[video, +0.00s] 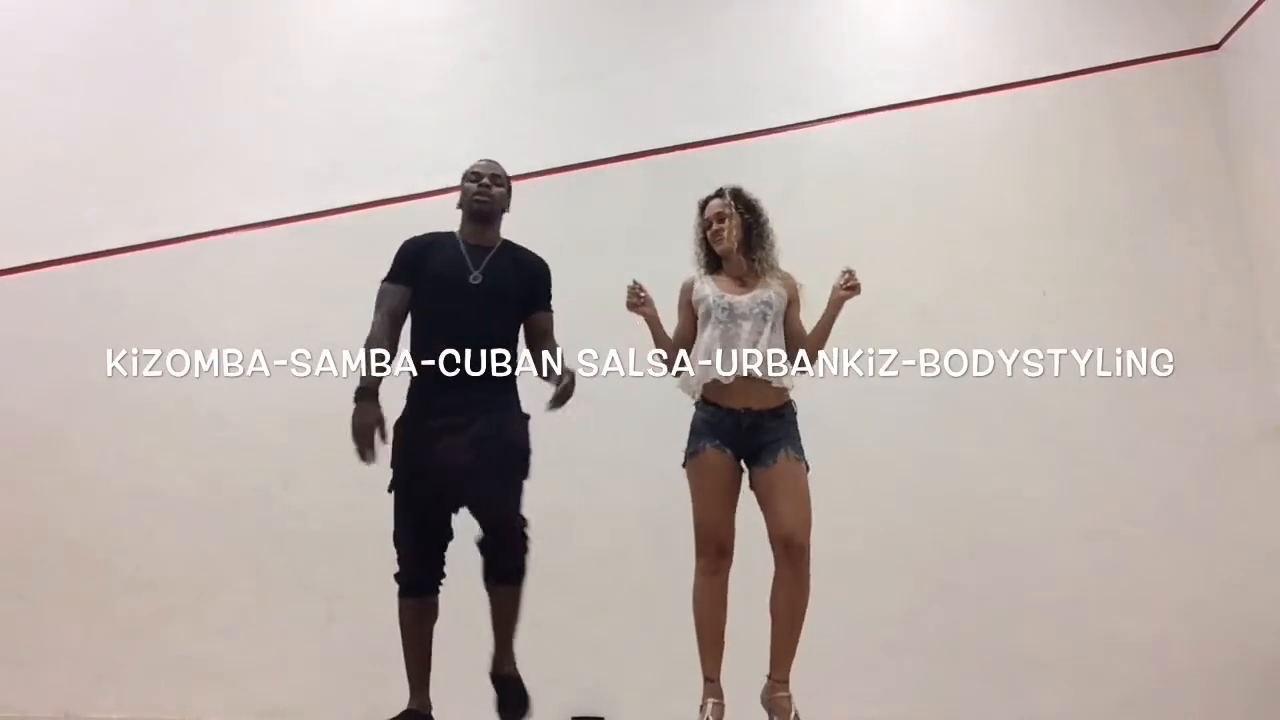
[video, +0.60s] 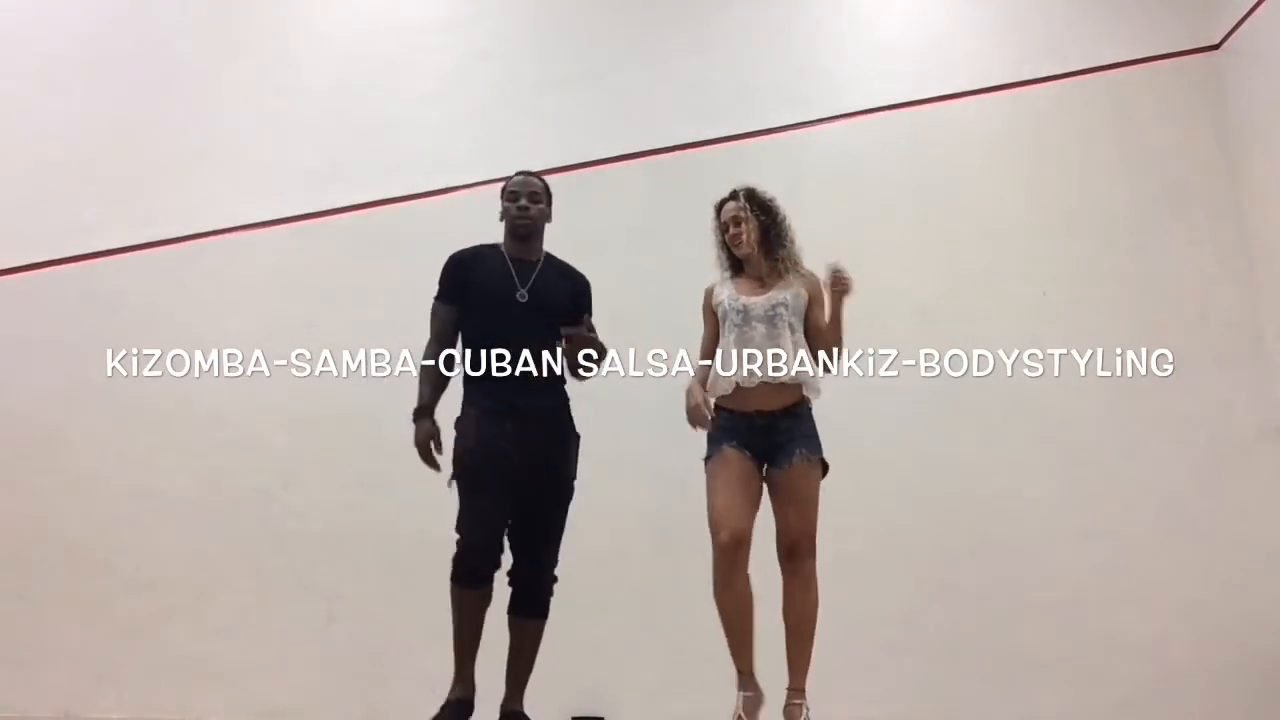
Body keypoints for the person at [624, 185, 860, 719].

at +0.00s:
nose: (718, 226)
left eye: (726, 217)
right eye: (711, 222)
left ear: (748, 222)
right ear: (705, 235)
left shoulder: (782, 284)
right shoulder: (696, 288)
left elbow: (803, 356)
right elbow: (675, 358)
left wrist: (834, 305)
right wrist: (651, 318)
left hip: (775, 427)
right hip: (714, 426)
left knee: (795, 546)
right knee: (714, 554)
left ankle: (779, 686)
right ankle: (711, 692)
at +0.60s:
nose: (735, 231)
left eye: (742, 220)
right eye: (728, 226)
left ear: (765, 223)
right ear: (722, 236)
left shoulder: (802, 284)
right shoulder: (719, 294)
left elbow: (827, 352)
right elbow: (705, 363)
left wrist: (837, 302)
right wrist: (696, 387)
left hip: (792, 427)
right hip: (731, 429)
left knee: (797, 554)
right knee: (728, 543)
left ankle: (796, 696)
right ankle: (746, 687)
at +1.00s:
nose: (715, 227)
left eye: (722, 218)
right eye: (708, 221)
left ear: (744, 222)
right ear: (701, 232)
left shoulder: (778, 282)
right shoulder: (693, 289)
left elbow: (799, 348)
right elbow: (675, 355)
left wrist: (761, 319)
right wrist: (670, 383)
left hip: (764, 424)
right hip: (702, 424)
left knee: (776, 551)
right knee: (699, 550)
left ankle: (787, 690)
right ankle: (694, 690)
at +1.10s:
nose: (711, 227)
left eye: (718, 218)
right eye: (703, 222)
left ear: (741, 222)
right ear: (697, 234)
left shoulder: (776, 284)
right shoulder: (689, 291)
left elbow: (794, 354)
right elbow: (662, 356)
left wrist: (756, 331)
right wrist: (661, 379)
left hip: (757, 427)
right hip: (695, 426)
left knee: (764, 554)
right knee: (694, 552)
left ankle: (766, 690)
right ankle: (693, 692)